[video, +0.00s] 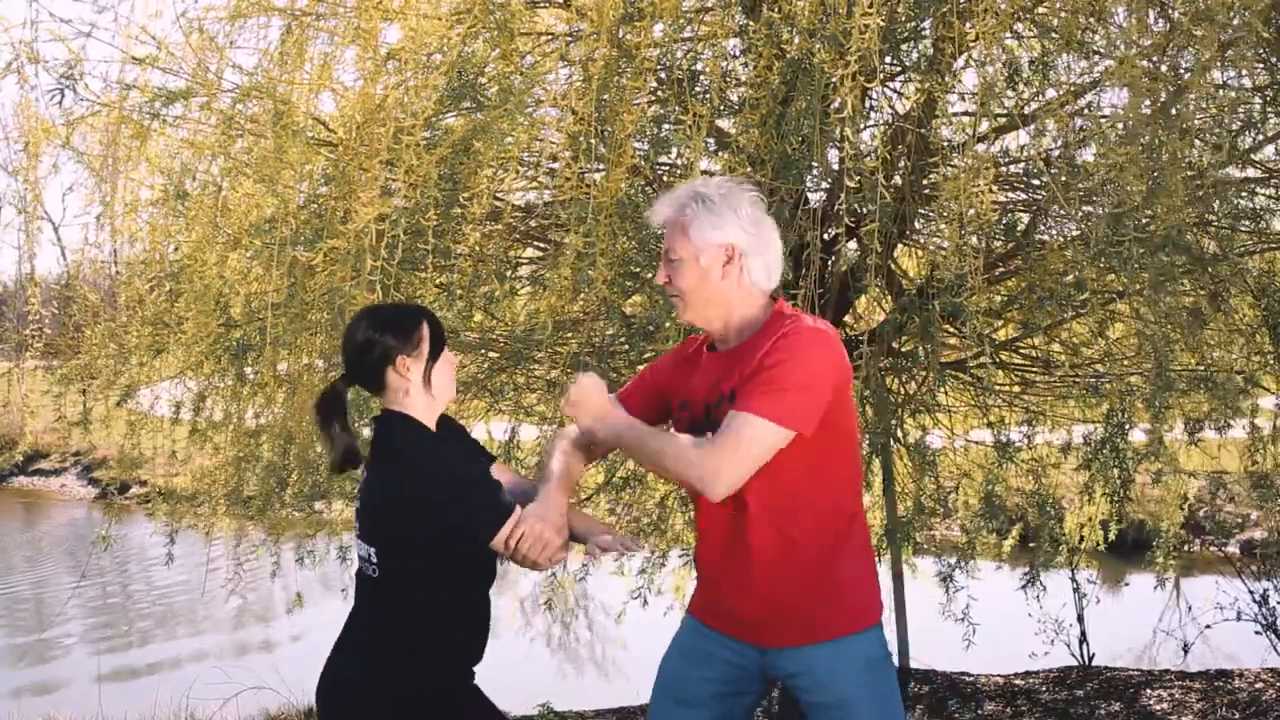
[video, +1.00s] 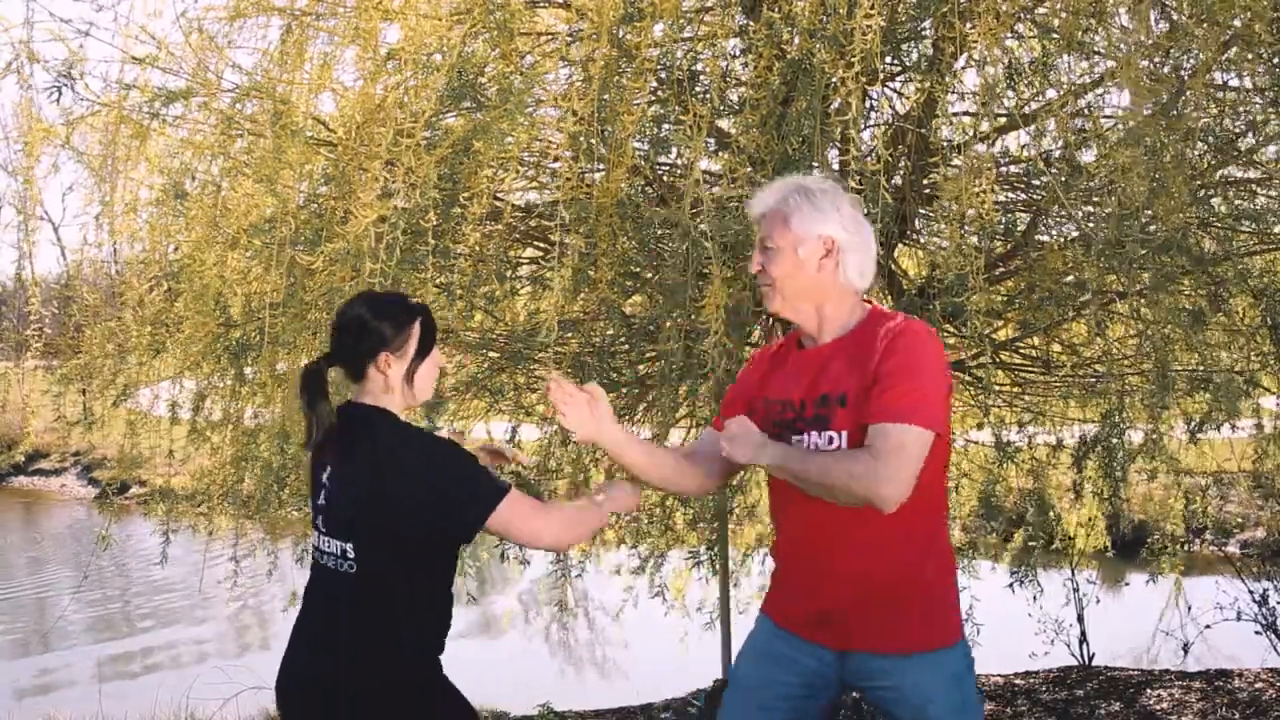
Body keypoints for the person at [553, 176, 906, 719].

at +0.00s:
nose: (661, 278)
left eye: (674, 261)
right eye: (663, 262)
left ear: (730, 260)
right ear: (728, 262)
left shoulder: (809, 346)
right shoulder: (687, 363)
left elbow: (714, 473)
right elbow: (578, 441)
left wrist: (610, 422)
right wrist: (551, 503)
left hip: (833, 638)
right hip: (716, 632)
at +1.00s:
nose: (753, 265)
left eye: (768, 249)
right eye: (757, 249)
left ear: (826, 254)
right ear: (819, 256)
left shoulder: (906, 345)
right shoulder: (769, 367)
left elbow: (886, 482)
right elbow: (698, 472)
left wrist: (767, 451)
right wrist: (611, 435)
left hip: (912, 644)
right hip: (791, 634)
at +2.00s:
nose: (762, 282)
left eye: (774, 264)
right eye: (761, 266)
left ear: (834, 260)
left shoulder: (920, 343)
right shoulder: (768, 360)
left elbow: (863, 472)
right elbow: (665, 435)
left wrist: (749, 438)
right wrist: (561, 386)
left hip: (917, 640)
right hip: (793, 629)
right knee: (735, 711)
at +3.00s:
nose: (845, 267)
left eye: (865, 254)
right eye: (846, 250)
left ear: (922, 270)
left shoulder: (933, 358)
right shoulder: (832, 347)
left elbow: (792, 449)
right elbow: (790, 451)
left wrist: (718, 462)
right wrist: (801, 489)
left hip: (920, 640)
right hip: (811, 627)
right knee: (758, 710)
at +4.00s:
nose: (843, 278)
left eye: (862, 263)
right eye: (844, 260)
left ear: (923, 270)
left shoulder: (947, 363)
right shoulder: (841, 343)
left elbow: (818, 480)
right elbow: (783, 465)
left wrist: (745, 487)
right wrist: (868, 531)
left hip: (925, 642)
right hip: (818, 623)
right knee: (762, 710)